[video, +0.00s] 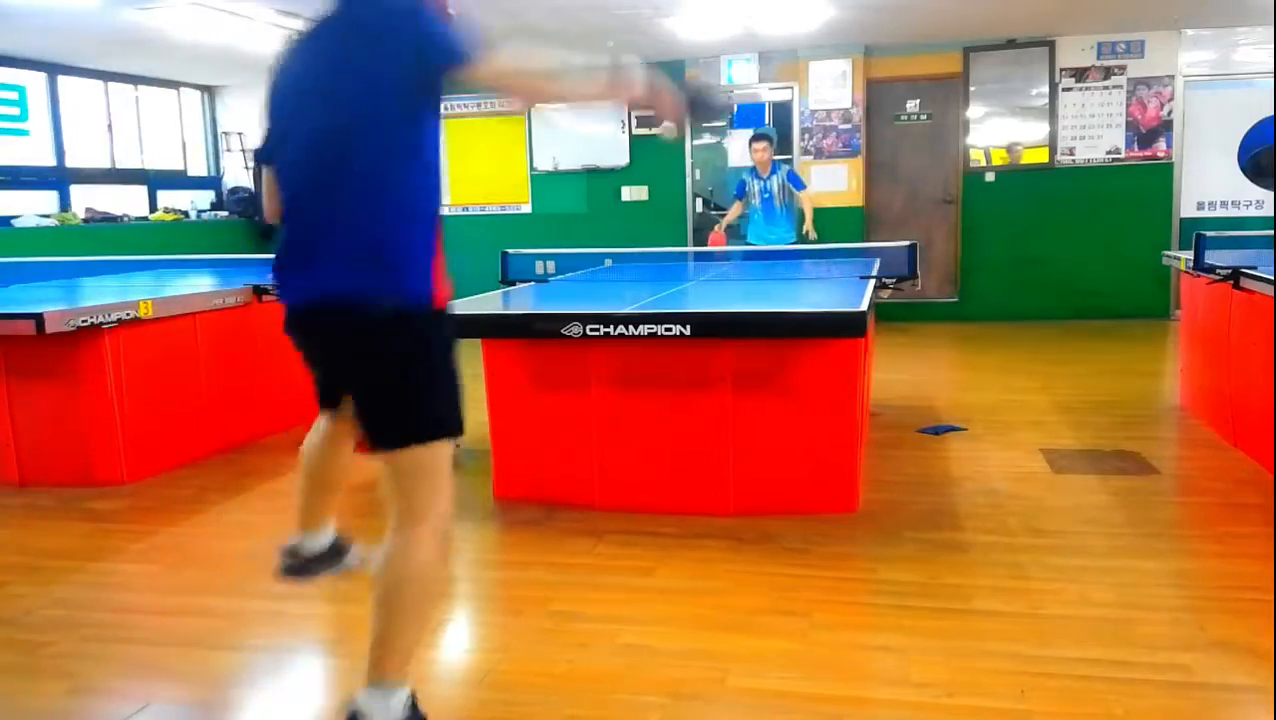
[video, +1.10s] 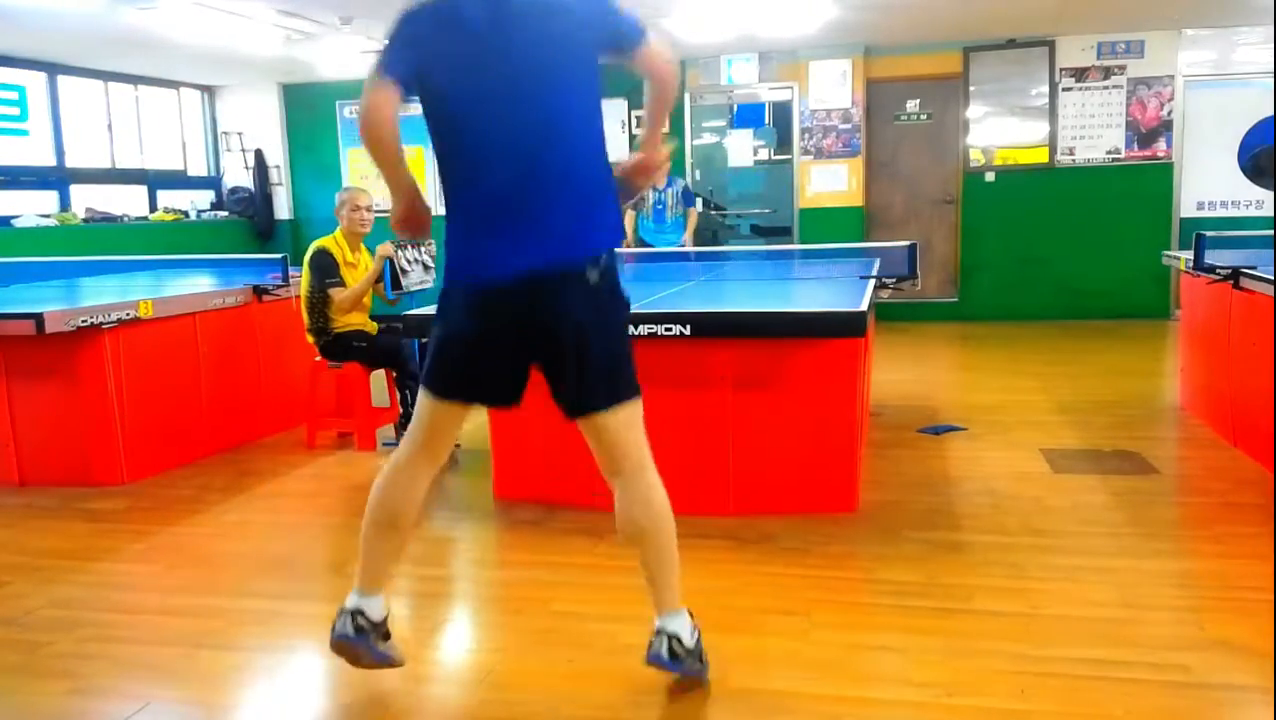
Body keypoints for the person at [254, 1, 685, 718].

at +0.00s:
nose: (448, 10)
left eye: (444, 9)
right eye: (443, 5)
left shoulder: (296, 56)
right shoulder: (409, 25)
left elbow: (274, 203)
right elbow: (521, 83)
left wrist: (350, 185)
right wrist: (620, 85)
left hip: (308, 292)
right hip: (391, 295)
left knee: (341, 411)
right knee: (423, 517)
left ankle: (309, 542)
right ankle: (383, 699)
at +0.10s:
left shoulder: (284, 35)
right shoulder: (429, 3)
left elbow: (290, 193)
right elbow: (493, 25)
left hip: (348, 249)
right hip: (449, 234)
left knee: (349, 350)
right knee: (503, 456)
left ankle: (308, 482)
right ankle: (419, 622)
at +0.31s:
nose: (435, 15)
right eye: (434, 8)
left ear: (356, 19)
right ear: (427, 8)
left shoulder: (333, 106)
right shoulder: (489, 64)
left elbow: (314, 266)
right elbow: (551, 162)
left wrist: (360, 331)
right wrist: (470, 188)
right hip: (533, 328)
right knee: (627, 483)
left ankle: (390, 711)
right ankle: (721, 632)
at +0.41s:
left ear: (382, 75)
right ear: (459, 65)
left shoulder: (378, 186)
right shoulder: (530, 149)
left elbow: (357, 332)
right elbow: (615, 236)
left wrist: (374, 392)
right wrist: (564, 288)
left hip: (468, 427)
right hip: (568, 402)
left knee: (381, 590)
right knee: (630, 523)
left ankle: (388, 712)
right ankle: (725, 649)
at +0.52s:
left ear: (424, 62)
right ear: (498, 56)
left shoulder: (405, 164)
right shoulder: (563, 139)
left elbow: (385, 297)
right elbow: (638, 244)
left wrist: (390, 372)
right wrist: (625, 298)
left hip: (479, 397)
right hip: (580, 382)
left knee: (403, 552)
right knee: (644, 514)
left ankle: (385, 696)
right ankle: (727, 646)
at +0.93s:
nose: (549, 45)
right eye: (548, 36)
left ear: (469, 43)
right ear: (541, 42)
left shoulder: (431, 123)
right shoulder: (586, 102)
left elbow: (385, 242)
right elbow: (660, 196)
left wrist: (406, 303)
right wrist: (629, 259)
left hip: (471, 362)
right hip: (574, 356)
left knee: (409, 509)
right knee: (640, 503)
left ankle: (345, 661)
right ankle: (669, 664)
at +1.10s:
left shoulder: (426, 17)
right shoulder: (576, 8)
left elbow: (376, 113)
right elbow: (663, 66)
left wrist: (404, 195)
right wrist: (651, 150)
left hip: (482, 278)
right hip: (580, 268)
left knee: (422, 449)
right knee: (630, 462)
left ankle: (362, 611)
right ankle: (675, 627)